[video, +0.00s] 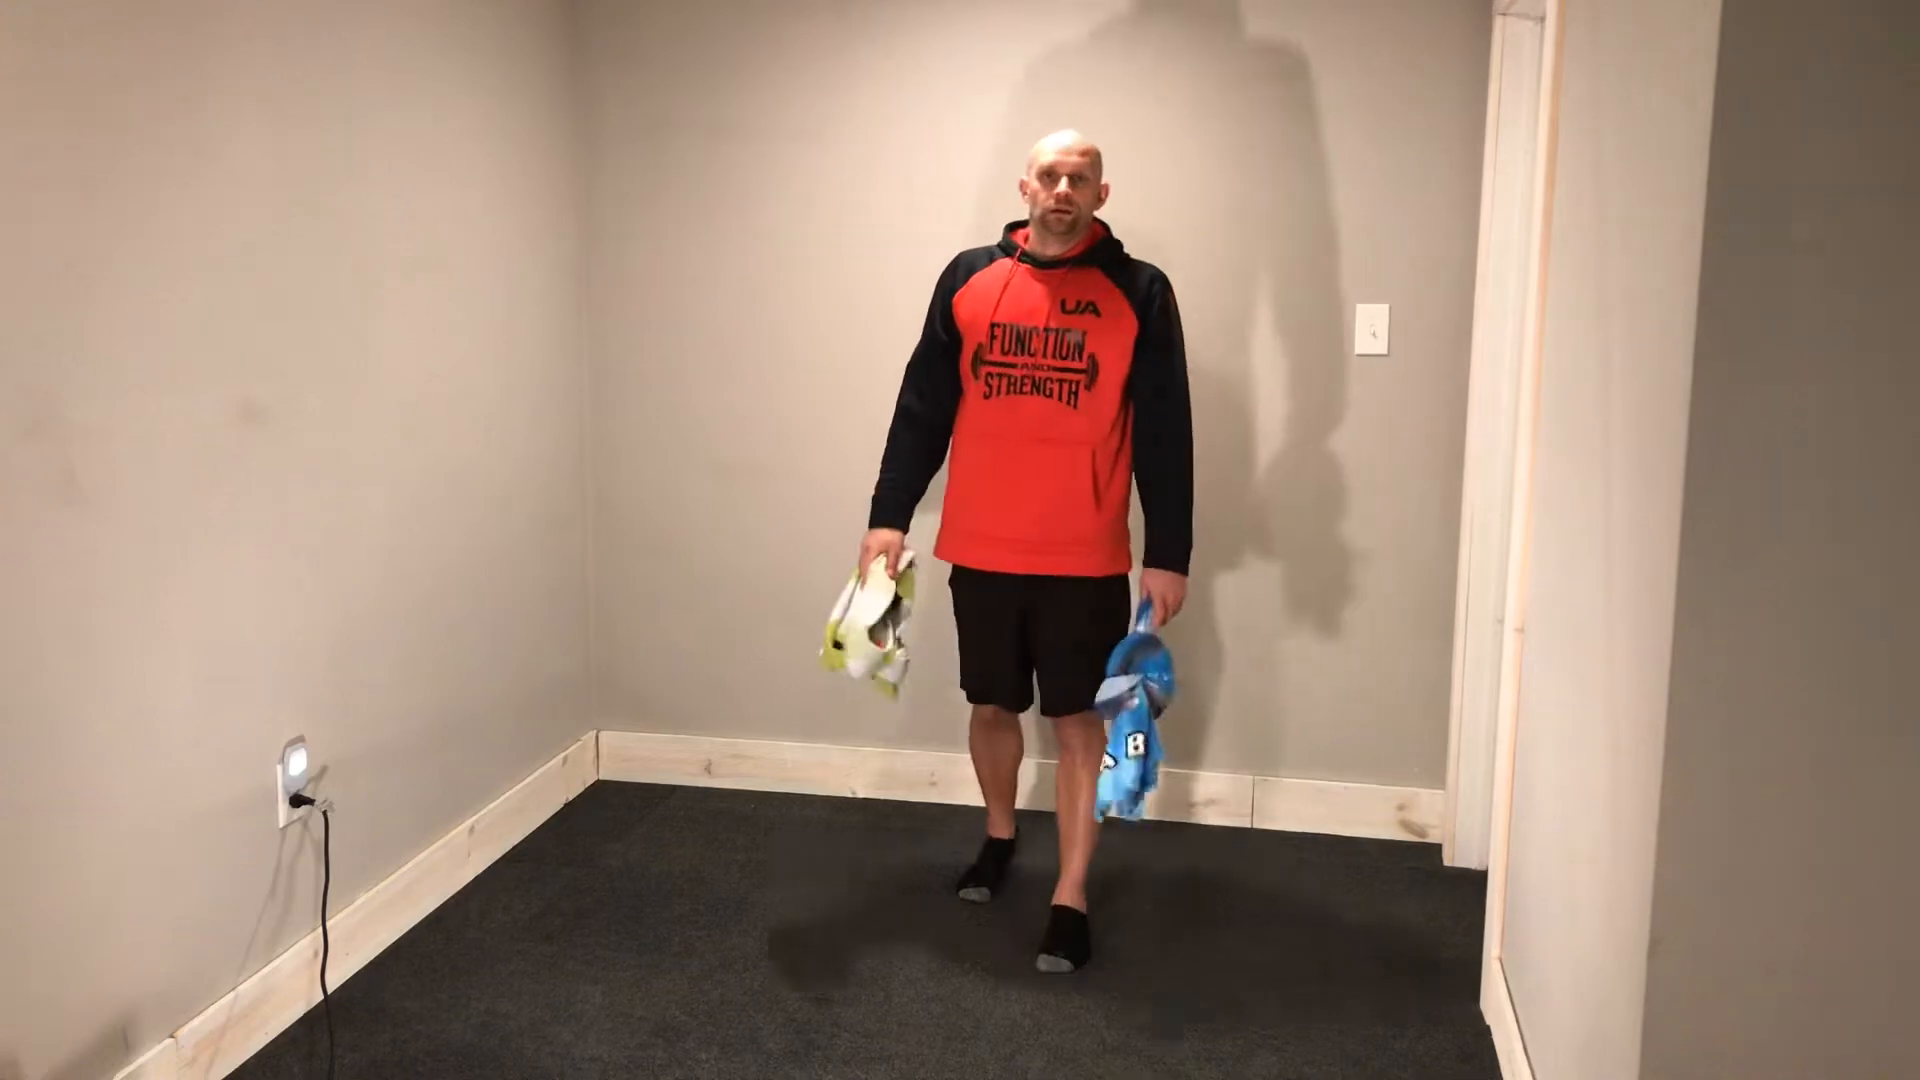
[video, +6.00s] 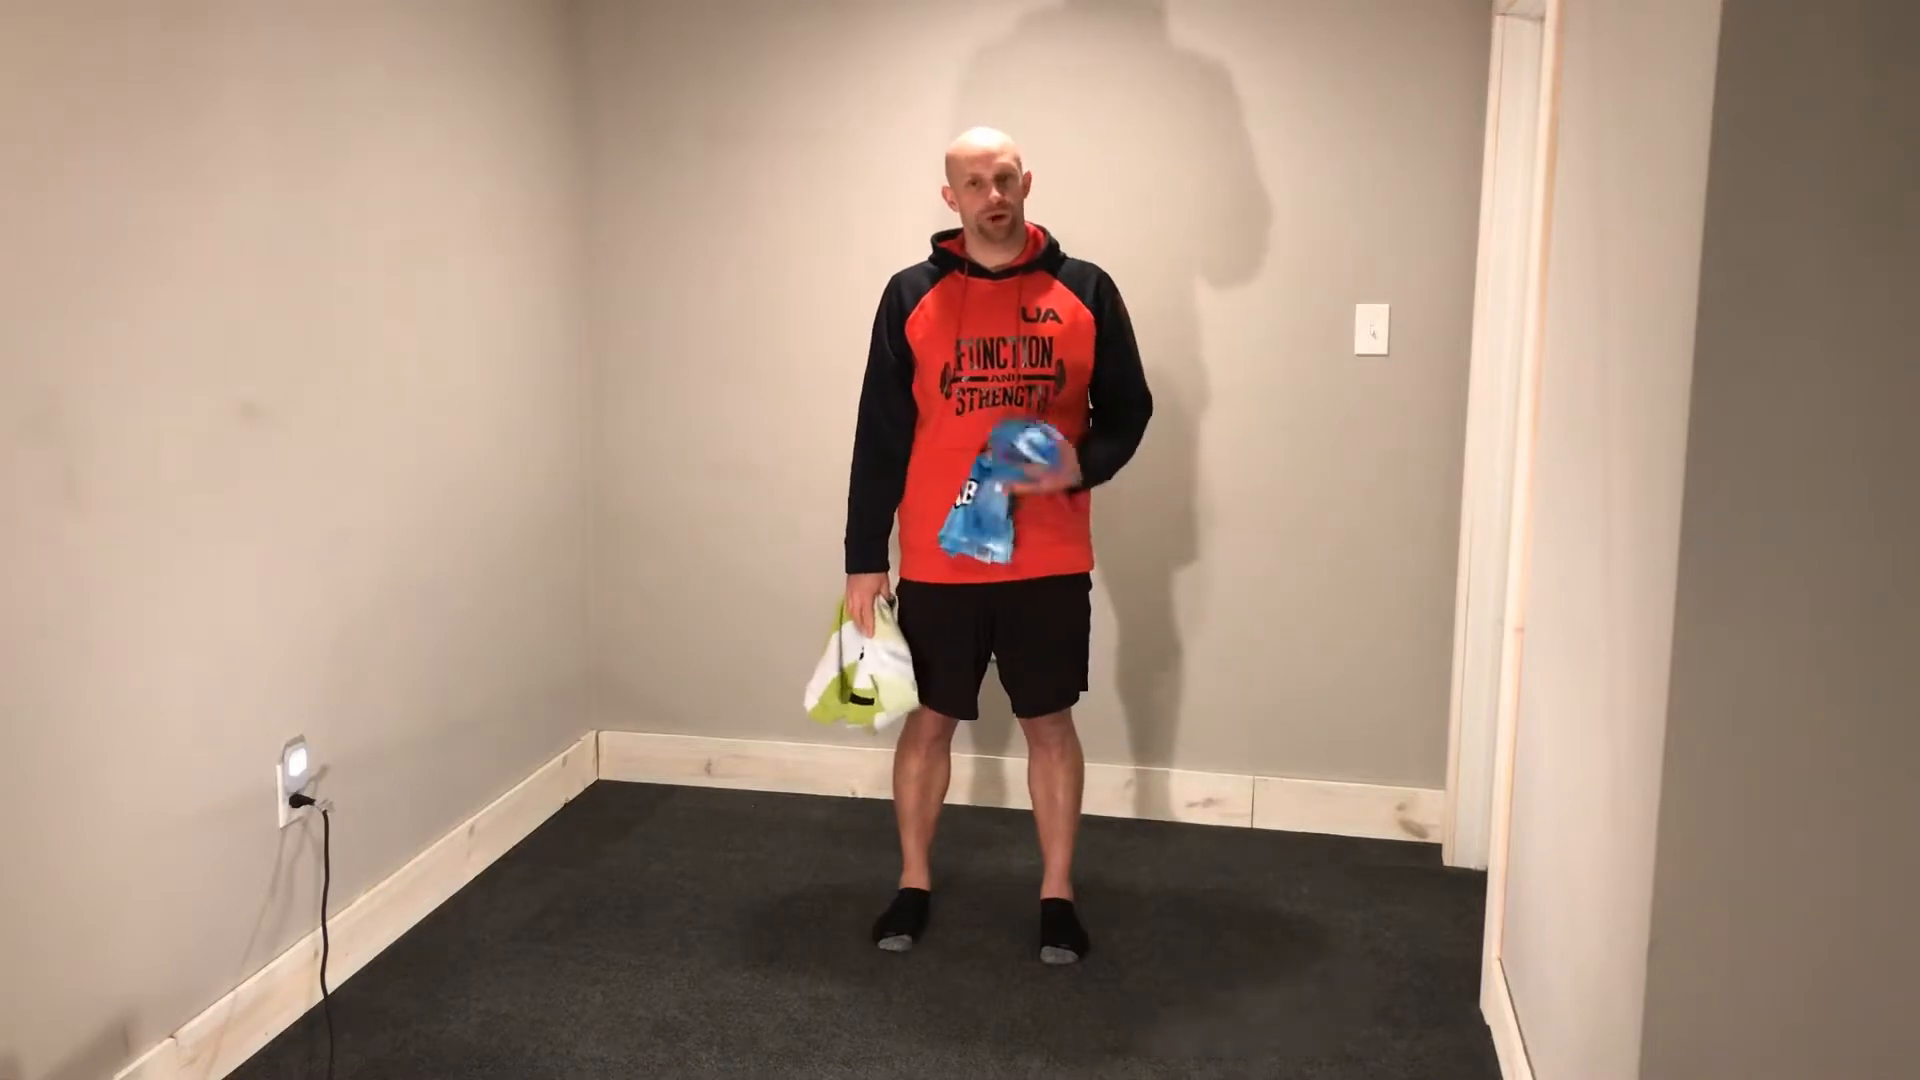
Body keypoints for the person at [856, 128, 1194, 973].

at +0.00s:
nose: (1062, 189)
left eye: (1078, 178)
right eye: (1049, 176)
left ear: (1102, 195)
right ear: (1025, 188)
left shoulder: (1140, 293)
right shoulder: (968, 280)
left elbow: (1165, 429)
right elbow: (922, 405)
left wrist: (1169, 555)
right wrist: (889, 516)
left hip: (1084, 553)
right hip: (982, 545)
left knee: (1076, 719)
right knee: (990, 708)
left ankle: (1070, 898)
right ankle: (999, 834)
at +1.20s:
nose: (938, 195)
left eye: (950, 181)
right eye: (920, 185)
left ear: (975, 194)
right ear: (896, 204)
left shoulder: (1035, 287)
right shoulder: (860, 303)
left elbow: (1073, 419)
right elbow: (828, 438)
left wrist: (1088, 537)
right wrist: (806, 559)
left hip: (1018, 557)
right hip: (912, 566)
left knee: (1039, 719)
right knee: (914, 720)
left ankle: (1063, 892)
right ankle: (910, 885)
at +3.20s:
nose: (977, 187)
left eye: (990, 174)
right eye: (960, 176)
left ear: (1014, 190)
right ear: (936, 194)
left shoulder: (1071, 291)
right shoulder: (897, 300)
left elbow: (1109, 428)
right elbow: (870, 439)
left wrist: (1134, 550)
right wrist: (851, 561)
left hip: (1042, 561)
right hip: (935, 565)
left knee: (1047, 723)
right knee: (925, 721)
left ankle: (1059, 897)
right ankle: (912, 889)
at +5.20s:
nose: (996, 192)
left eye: (1007, 178)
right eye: (978, 180)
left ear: (1025, 189)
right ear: (947, 193)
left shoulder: (1074, 293)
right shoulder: (904, 298)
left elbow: (1119, 407)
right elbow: (875, 433)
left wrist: (1145, 479)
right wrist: (861, 557)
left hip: (1042, 554)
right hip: (939, 560)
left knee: (1047, 721)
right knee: (928, 719)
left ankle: (1057, 896)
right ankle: (912, 887)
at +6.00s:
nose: (994, 194)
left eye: (1005, 179)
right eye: (977, 182)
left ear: (1027, 185)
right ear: (950, 196)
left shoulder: (1085, 290)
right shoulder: (911, 296)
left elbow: (1127, 410)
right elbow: (880, 434)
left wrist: (1078, 469)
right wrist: (864, 559)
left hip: (1044, 553)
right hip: (939, 556)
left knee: (1048, 723)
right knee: (928, 720)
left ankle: (1057, 896)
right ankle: (912, 886)